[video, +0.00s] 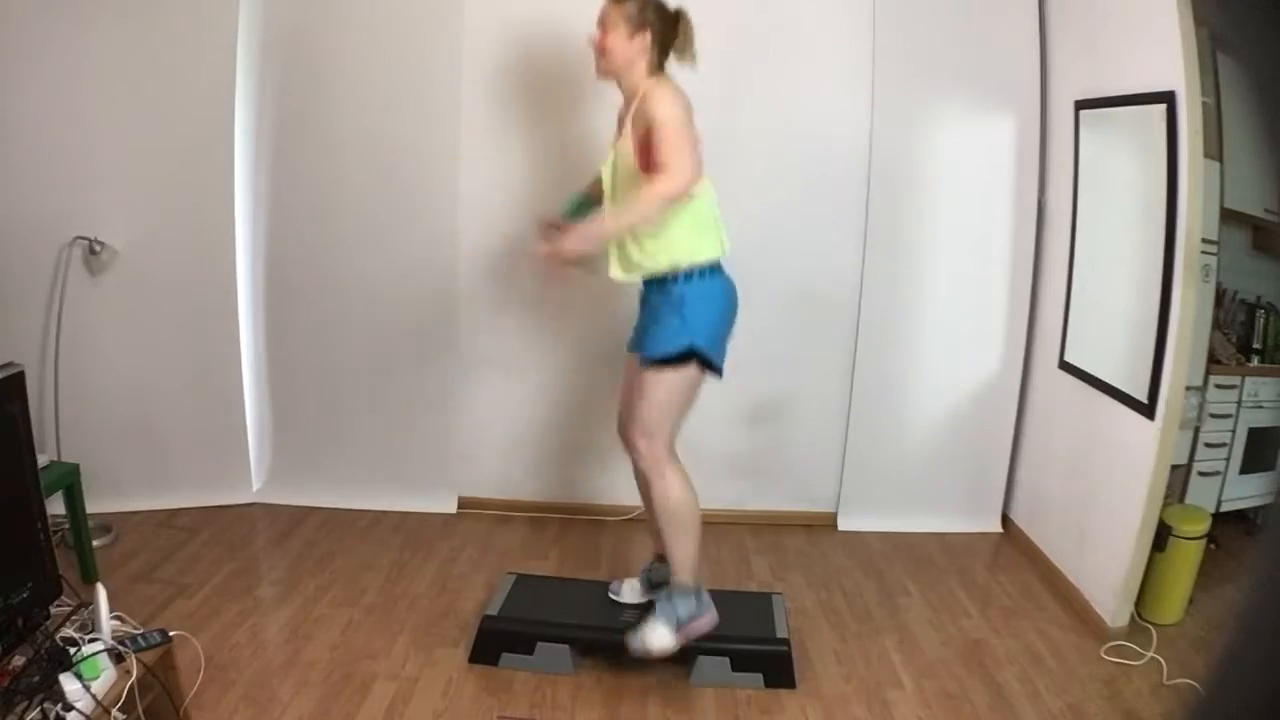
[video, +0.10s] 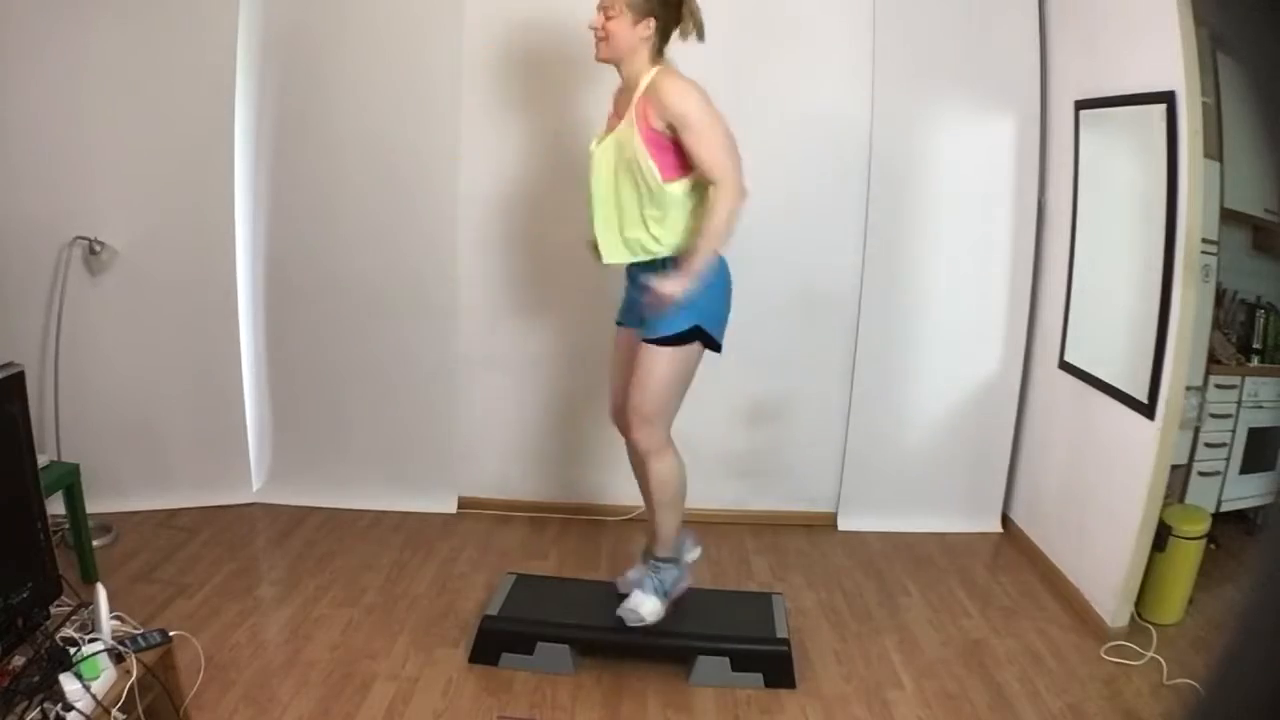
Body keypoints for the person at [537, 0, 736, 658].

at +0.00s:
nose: (594, 41)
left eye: (605, 29)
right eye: (596, 29)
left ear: (642, 40)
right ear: (636, 41)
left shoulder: (661, 99)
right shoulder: (635, 106)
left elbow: (676, 179)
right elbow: (620, 178)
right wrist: (571, 217)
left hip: (691, 291)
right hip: (664, 288)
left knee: (650, 439)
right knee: (635, 431)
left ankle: (691, 599)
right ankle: (670, 563)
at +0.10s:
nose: (596, 22)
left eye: (610, 13)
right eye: (598, 11)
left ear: (646, 27)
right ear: (631, 29)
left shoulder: (673, 94)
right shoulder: (624, 94)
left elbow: (730, 188)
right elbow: (641, 181)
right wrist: (614, 236)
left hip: (683, 278)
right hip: (642, 273)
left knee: (647, 425)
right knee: (629, 418)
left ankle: (668, 562)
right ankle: (670, 543)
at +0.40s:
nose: (633, 80)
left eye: (645, 70)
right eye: (628, 68)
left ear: (680, 74)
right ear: (623, 69)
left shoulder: (708, 138)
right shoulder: (608, 132)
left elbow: (742, 224)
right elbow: (562, 195)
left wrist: (718, 282)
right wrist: (523, 250)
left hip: (684, 313)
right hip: (623, 307)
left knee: (657, 443)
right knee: (609, 425)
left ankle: (660, 569)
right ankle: (624, 496)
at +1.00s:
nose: (705, 150)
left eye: (713, 141)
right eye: (696, 138)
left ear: (718, 141)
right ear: (667, 134)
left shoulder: (722, 194)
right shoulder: (625, 186)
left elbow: (721, 254)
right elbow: (577, 249)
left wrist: (732, 314)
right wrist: (591, 311)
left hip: (688, 336)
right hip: (625, 335)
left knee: (706, 448)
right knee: (607, 446)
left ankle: (679, 531)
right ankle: (592, 517)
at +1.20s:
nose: (753, 182)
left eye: (760, 172)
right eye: (744, 169)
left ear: (765, 173)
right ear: (714, 165)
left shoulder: (758, 226)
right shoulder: (668, 214)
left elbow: (771, 298)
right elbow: (613, 264)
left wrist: (812, 322)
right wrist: (567, 312)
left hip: (707, 358)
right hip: (651, 357)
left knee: (715, 469)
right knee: (665, 479)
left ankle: (675, 543)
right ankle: (597, 503)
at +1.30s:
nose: (775, 172)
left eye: (780, 162)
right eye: (766, 160)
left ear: (782, 163)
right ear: (733, 154)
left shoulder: (783, 214)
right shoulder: (685, 197)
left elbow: (840, 273)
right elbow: (611, 227)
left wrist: (859, 234)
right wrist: (547, 266)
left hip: (717, 351)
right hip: (663, 345)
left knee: (719, 465)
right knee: (707, 454)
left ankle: (676, 541)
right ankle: (643, 506)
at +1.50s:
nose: (814, 103)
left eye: (820, 92)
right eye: (807, 88)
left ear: (818, 93)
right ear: (771, 77)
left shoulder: (810, 136)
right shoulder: (715, 128)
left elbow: (878, 178)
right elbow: (627, 160)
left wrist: (912, 164)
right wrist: (557, 213)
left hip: (760, 301)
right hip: (707, 298)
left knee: (743, 431)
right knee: (749, 432)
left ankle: (710, 522)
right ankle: (740, 559)